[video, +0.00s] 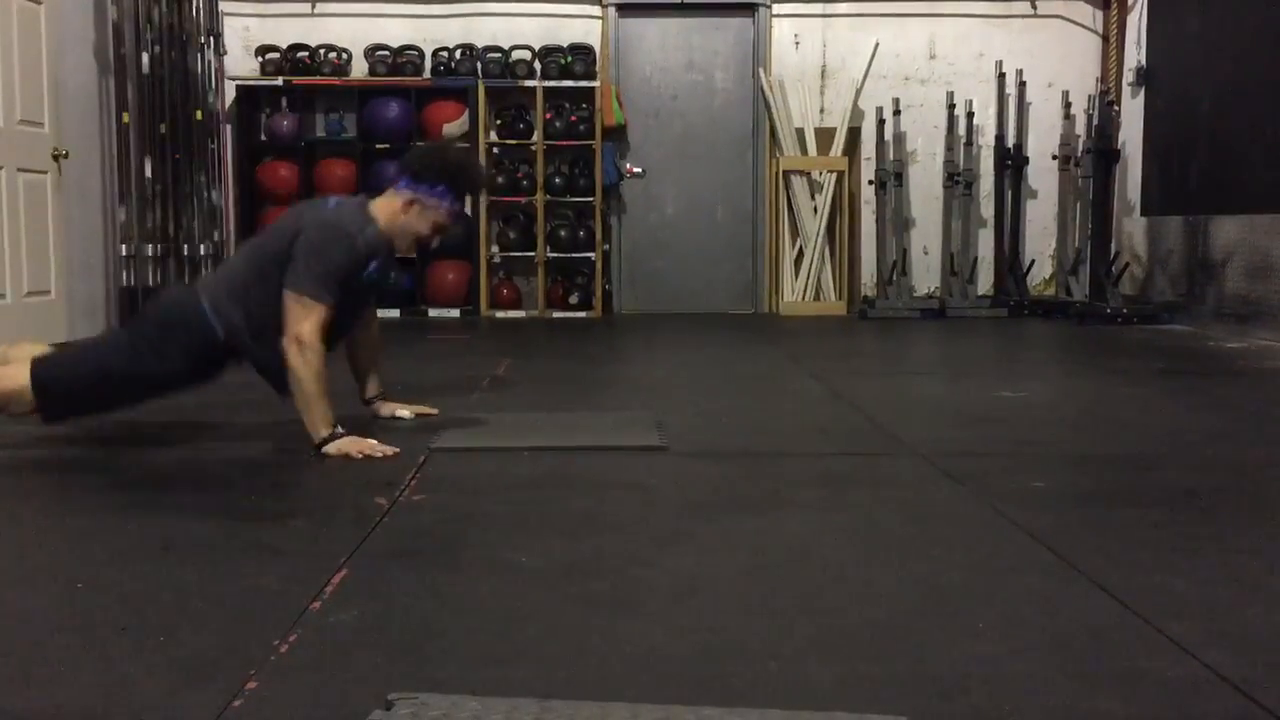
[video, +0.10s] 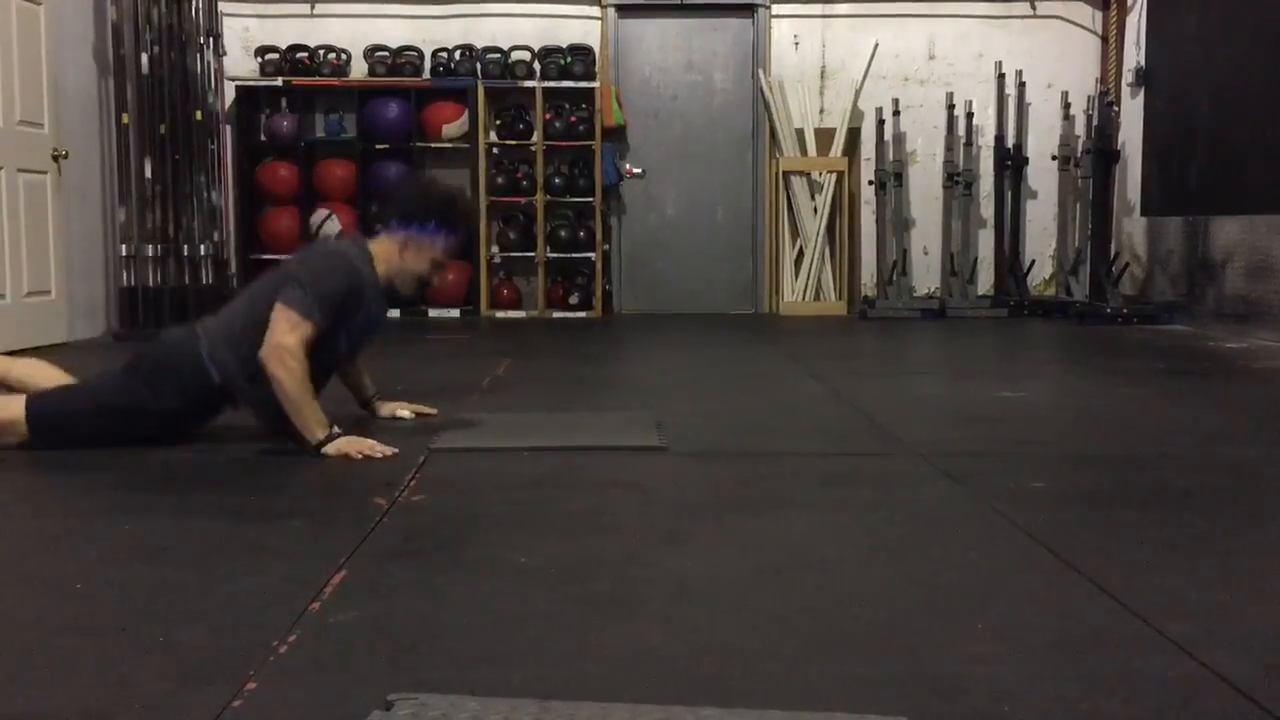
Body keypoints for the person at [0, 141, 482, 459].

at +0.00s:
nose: (437, 233)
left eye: (444, 224)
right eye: (437, 219)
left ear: (415, 201)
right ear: (408, 198)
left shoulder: (372, 242)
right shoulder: (337, 232)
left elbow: (361, 322)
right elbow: (300, 339)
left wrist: (374, 396)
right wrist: (328, 437)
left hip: (211, 328)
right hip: (194, 327)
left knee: (45, 377)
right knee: (33, 387)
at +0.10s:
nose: (438, 271)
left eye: (445, 260)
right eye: (438, 255)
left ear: (414, 240)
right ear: (406, 235)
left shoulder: (368, 278)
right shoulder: (338, 265)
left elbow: (343, 344)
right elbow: (280, 351)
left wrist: (371, 401)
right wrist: (325, 437)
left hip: (202, 374)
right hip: (184, 375)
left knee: (76, 400)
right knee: (21, 420)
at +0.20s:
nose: (457, 315)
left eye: (461, 304)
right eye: (456, 301)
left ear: (429, 288)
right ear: (427, 286)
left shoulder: (387, 325)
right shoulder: (356, 309)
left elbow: (334, 366)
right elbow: (270, 360)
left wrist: (371, 404)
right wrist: (326, 439)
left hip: (205, 393)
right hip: (187, 391)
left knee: (63, 395)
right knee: (20, 414)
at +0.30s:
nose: (469, 378)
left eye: (476, 370)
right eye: (471, 365)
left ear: (448, 338)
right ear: (449, 342)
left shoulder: (396, 347)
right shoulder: (382, 345)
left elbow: (322, 368)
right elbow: (280, 358)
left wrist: (384, 401)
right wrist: (327, 438)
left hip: (209, 385)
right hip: (199, 397)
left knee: (75, 399)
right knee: (29, 419)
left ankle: (1, 360)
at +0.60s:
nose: (473, 323)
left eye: (478, 312)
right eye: (472, 310)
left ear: (446, 294)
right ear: (443, 294)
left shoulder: (405, 322)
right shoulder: (383, 318)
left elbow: (329, 359)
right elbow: (287, 354)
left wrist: (377, 403)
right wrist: (326, 439)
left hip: (225, 386)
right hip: (208, 393)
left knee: (85, 394)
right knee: (31, 421)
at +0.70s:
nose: (445, 280)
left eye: (452, 269)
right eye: (445, 266)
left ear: (424, 249)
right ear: (415, 243)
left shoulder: (379, 282)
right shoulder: (348, 270)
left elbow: (356, 348)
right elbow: (287, 348)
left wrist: (377, 405)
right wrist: (324, 439)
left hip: (210, 377)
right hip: (193, 376)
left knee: (83, 397)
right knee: (26, 423)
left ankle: (1, 361)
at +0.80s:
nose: (435, 257)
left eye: (443, 249)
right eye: (439, 245)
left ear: (416, 220)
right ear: (416, 221)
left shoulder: (364, 251)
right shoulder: (336, 241)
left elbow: (363, 326)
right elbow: (305, 337)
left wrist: (373, 396)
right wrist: (326, 437)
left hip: (189, 330)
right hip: (175, 332)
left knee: (65, 368)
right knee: (33, 397)